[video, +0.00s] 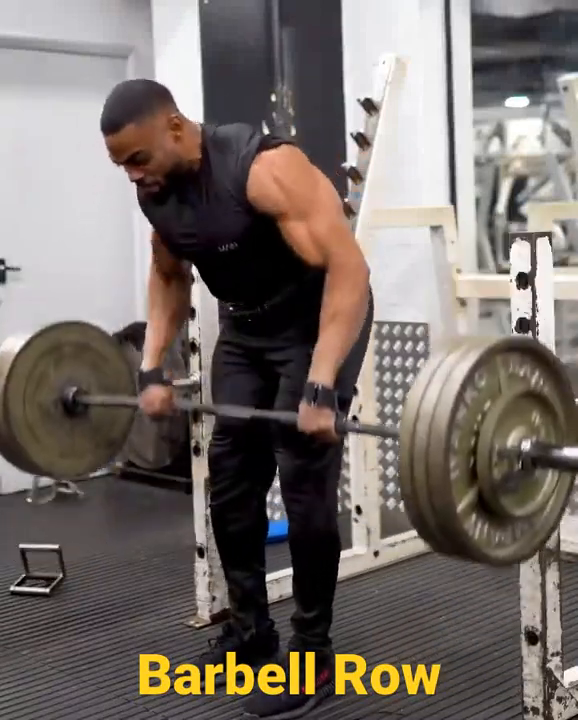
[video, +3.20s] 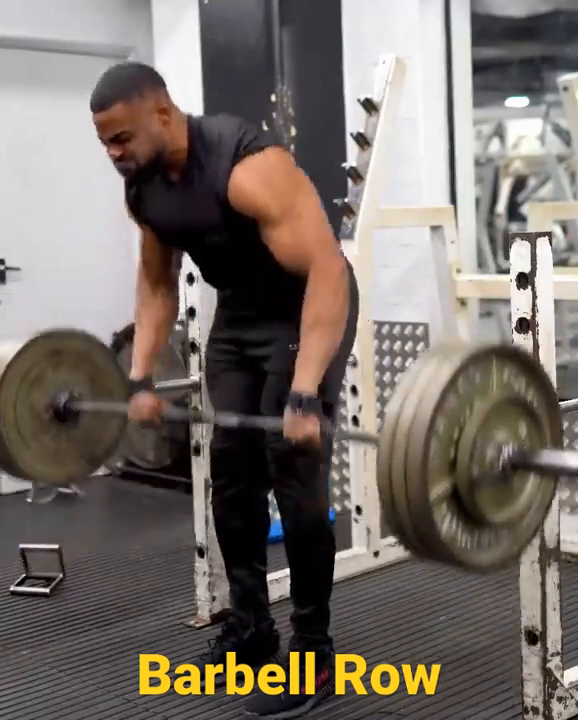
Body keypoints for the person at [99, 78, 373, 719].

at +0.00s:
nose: (133, 176)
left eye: (139, 159)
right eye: (124, 165)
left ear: (178, 128)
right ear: (120, 154)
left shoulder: (268, 167)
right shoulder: (158, 192)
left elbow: (350, 271)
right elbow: (169, 276)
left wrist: (320, 385)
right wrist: (153, 367)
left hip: (316, 331)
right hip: (245, 338)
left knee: (305, 488)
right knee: (230, 484)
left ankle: (311, 649)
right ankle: (250, 628)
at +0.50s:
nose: (108, 220)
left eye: (114, 204)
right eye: (99, 209)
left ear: (155, 174)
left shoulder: (252, 230)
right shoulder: (141, 244)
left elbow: (304, 356)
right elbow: (151, 352)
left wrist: (317, 484)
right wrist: (152, 454)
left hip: (326, 312)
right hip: (248, 324)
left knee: (293, 465)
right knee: (218, 468)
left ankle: (310, 648)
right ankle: (248, 626)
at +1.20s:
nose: (113, 172)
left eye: (118, 156)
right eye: (105, 161)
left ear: (160, 127)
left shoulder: (251, 170)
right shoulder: (149, 193)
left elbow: (329, 277)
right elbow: (159, 292)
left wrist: (311, 400)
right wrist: (147, 386)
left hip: (318, 311)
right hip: (247, 319)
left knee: (305, 469)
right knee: (240, 468)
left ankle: (312, 648)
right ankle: (251, 624)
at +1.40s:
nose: (120, 145)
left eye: (125, 128)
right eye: (111, 134)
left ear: (168, 99)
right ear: (112, 122)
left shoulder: (255, 131)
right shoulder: (149, 159)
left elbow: (361, 204)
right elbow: (165, 225)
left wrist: (319, 306)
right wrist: (149, 297)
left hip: (303, 307)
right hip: (230, 311)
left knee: (299, 473)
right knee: (231, 475)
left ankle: (313, 647)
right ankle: (250, 627)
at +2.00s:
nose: (115, 186)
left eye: (119, 168)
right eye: (106, 175)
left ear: (160, 137)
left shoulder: (253, 176)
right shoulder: (147, 201)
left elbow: (332, 277)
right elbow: (158, 288)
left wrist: (307, 398)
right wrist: (142, 380)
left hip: (315, 321)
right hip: (241, 332)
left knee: (302, 475)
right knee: (226, 481)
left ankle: (311, 646)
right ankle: (248, 627)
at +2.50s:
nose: (94, 227)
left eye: (99, 209)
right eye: (84, 214)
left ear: (140, 178)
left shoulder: (241, 237)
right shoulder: (130, 256)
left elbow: (290, 363)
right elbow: (145, 362)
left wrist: (311, 491)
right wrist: (148, 466)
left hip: (318, 313)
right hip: (238, 326)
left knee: (291, 474)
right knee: (211, 474)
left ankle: (310, 648)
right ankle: (248, 628)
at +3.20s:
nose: (113, 154)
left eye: (121, 137)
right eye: (106, 142)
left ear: (166, 111)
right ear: (106, 134)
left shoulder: (251, 165)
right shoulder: (147, 188)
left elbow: (329, 269)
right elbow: (156, 285)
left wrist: (304, 392)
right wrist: (140, 376)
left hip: (305, 318)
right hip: (237, 324)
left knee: (296, 471)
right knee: (232, 468)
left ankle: (311, 649)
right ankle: (249, 625)